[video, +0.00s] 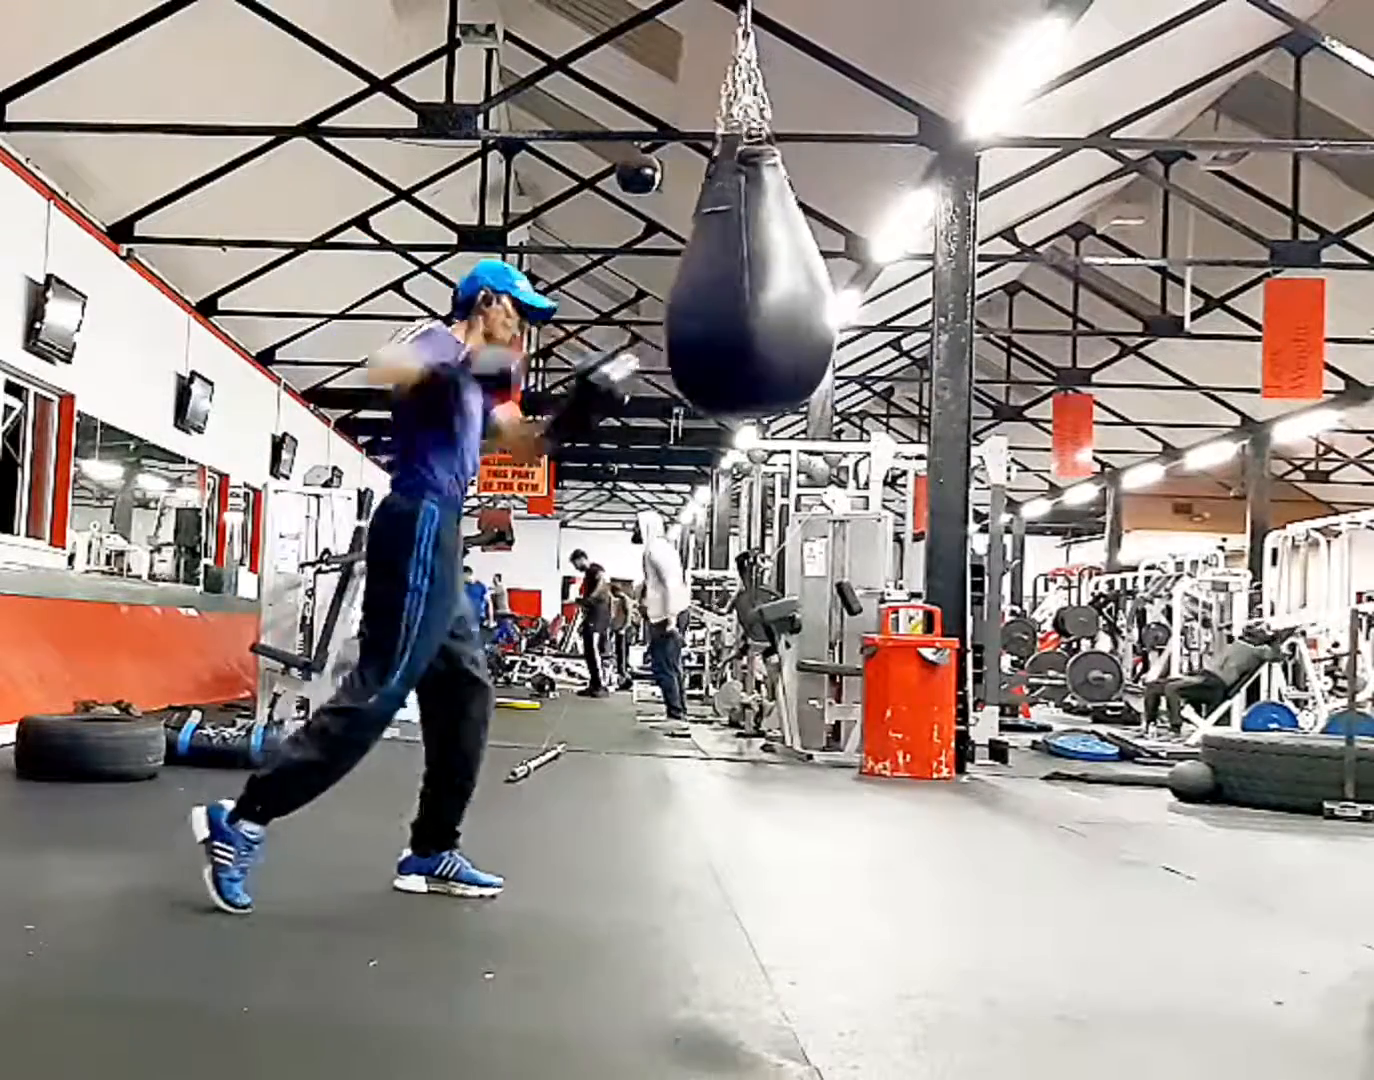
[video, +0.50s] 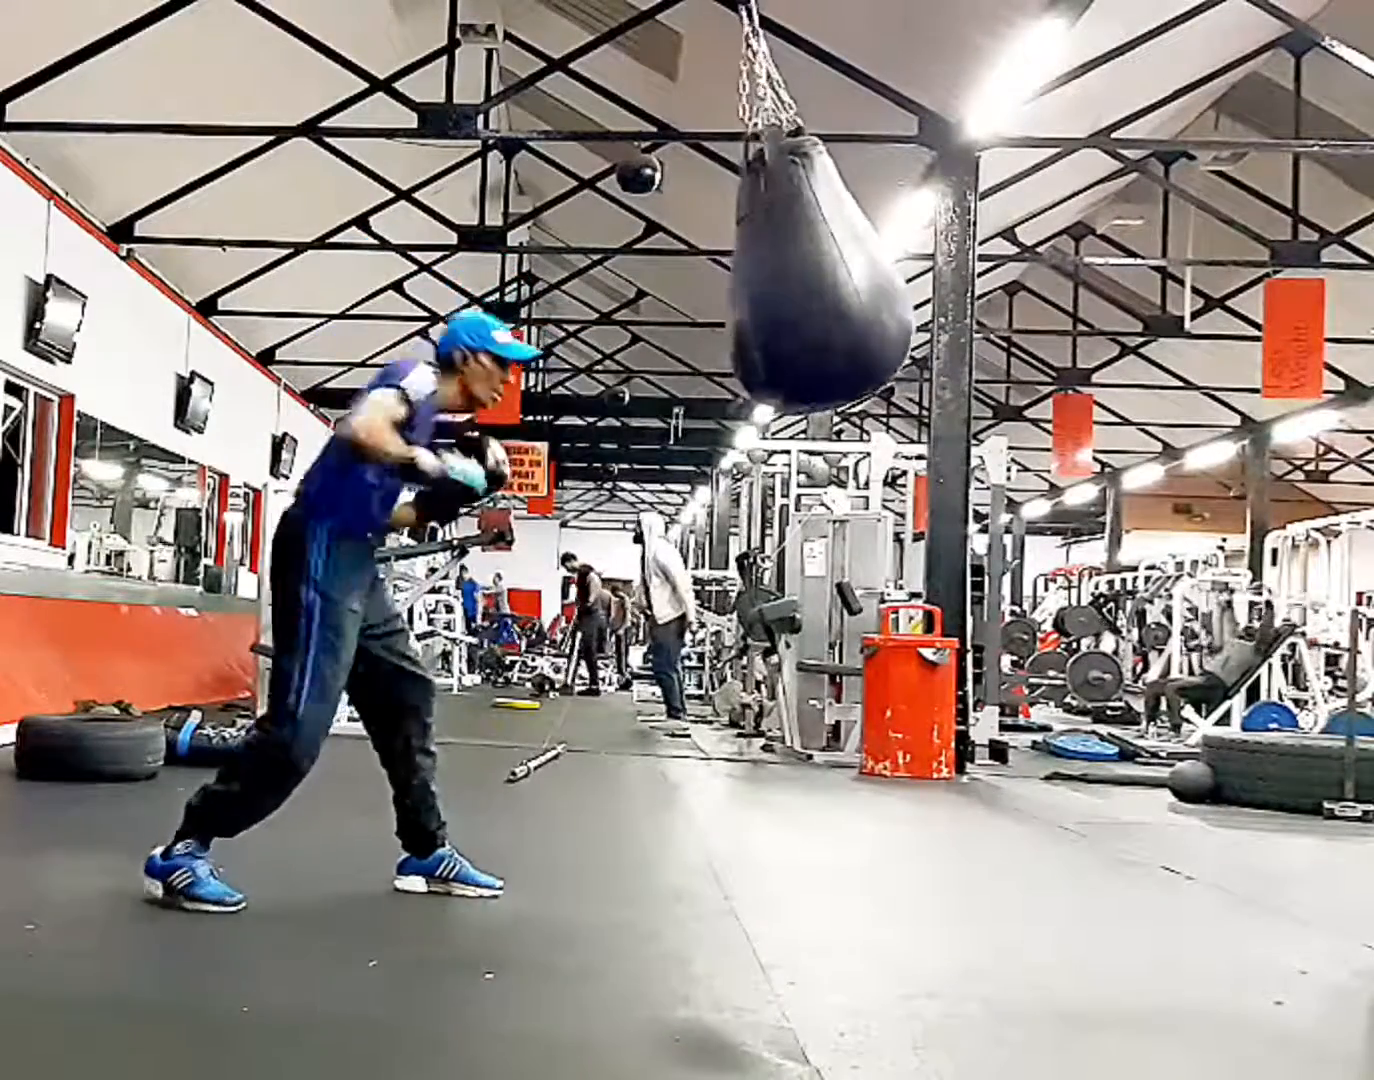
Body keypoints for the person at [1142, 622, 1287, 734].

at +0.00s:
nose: (1255, 634)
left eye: (1258, 633)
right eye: (1257, 632)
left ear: (1258, 639)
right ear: (1255, 636)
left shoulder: (1259, 651)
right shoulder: (1238, 644)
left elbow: (1279, 654)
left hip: (1217, 684)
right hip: (1204, 675)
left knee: (1172, 689)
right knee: (1152, 688)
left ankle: (1175, 730)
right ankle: (1147, 727)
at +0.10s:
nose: (1251, 629)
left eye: (1256, 627)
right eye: (1252, 626)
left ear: (1260, 635)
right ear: (1248, 631)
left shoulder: (1258, 650)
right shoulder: (1236, 644)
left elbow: (1276, 649)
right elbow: (1220, 651)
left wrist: (1272, 633)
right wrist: (1223, 628)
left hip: (1219, 683)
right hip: (1204, 676)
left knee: (1172, 688)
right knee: (1152, 688)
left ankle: (1175, 731)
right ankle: (1147, 727)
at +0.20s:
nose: (1251, 630)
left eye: (1254, 629)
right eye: (1251, 628)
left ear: (1257, 636)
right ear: (1246, 633)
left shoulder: (1257, 650)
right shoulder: (1232, 644)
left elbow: (1273, 644)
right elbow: (1225, 632)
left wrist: (1270, 624)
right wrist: (1223, 617)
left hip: (1218, 683)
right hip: (1203, 678)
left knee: (1172, 688)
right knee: (1152, 687)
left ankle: (1175, 730)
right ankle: (1148, 727)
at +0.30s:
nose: (1252, 625)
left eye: (1259, 625)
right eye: (1252, 623)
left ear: (1263, 634)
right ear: (1247, 629)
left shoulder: (1259, 650)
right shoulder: (1235, 643)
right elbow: (1227, 626)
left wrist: (1270, 616)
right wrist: (1224, 609)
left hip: (1217, 684)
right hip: (1203, 677)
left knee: (1172, 688)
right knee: (1152, 687)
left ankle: (1175, 730)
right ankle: (1147, 727)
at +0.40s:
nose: (1253, 628)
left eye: (1257, 627)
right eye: (1256, 626)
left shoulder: (1256, 652)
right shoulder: (1236, 642)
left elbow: (1266, 634)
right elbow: (1230, 628)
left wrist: (1269, 611)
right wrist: (1226, 609)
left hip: (1219, 683)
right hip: (1205, 676)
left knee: (1172, 688)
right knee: (1152, 687)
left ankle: (1175, 730)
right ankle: (1148, 727)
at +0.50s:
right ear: (1250, 634)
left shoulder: (1255, 654)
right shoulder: (1236, 644)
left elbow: (1266, 633)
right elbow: (1227, 634)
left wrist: (1269, 610)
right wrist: (1224, 609)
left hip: (1218, 683)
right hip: (1205, 677)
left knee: (1172, 689)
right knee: (1153, 687)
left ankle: (1176, 730)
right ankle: (1147, 727)